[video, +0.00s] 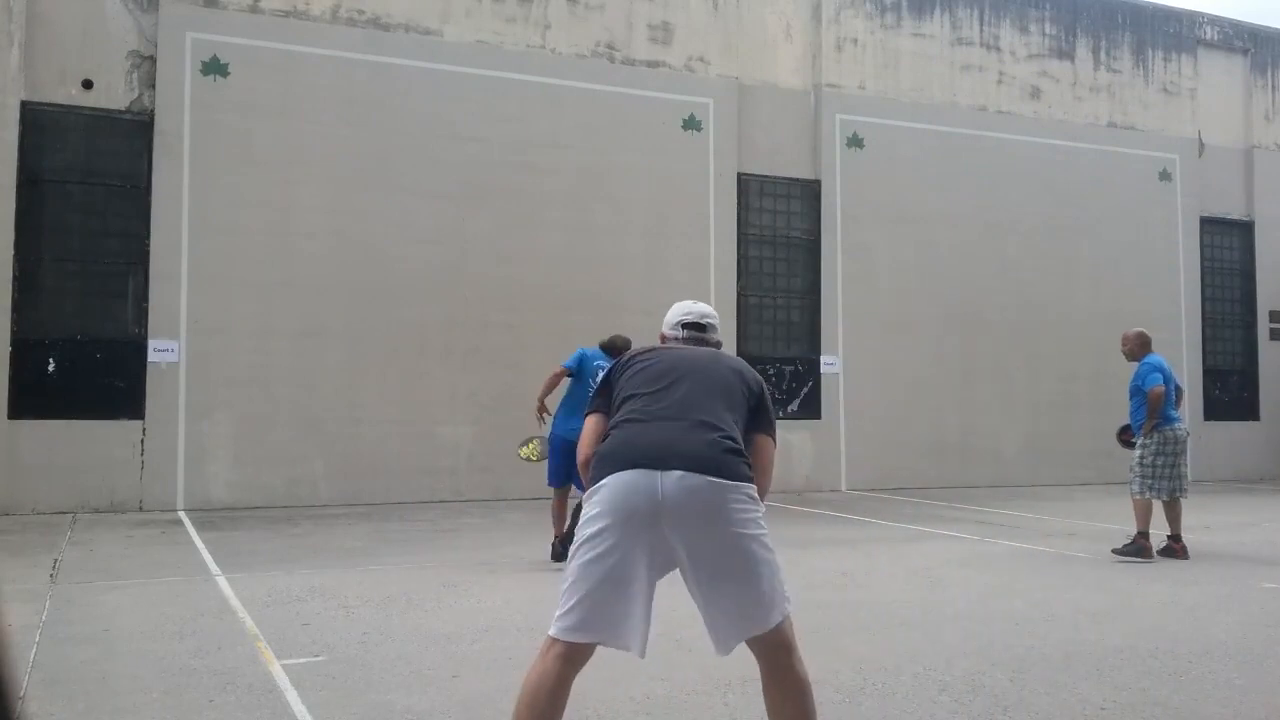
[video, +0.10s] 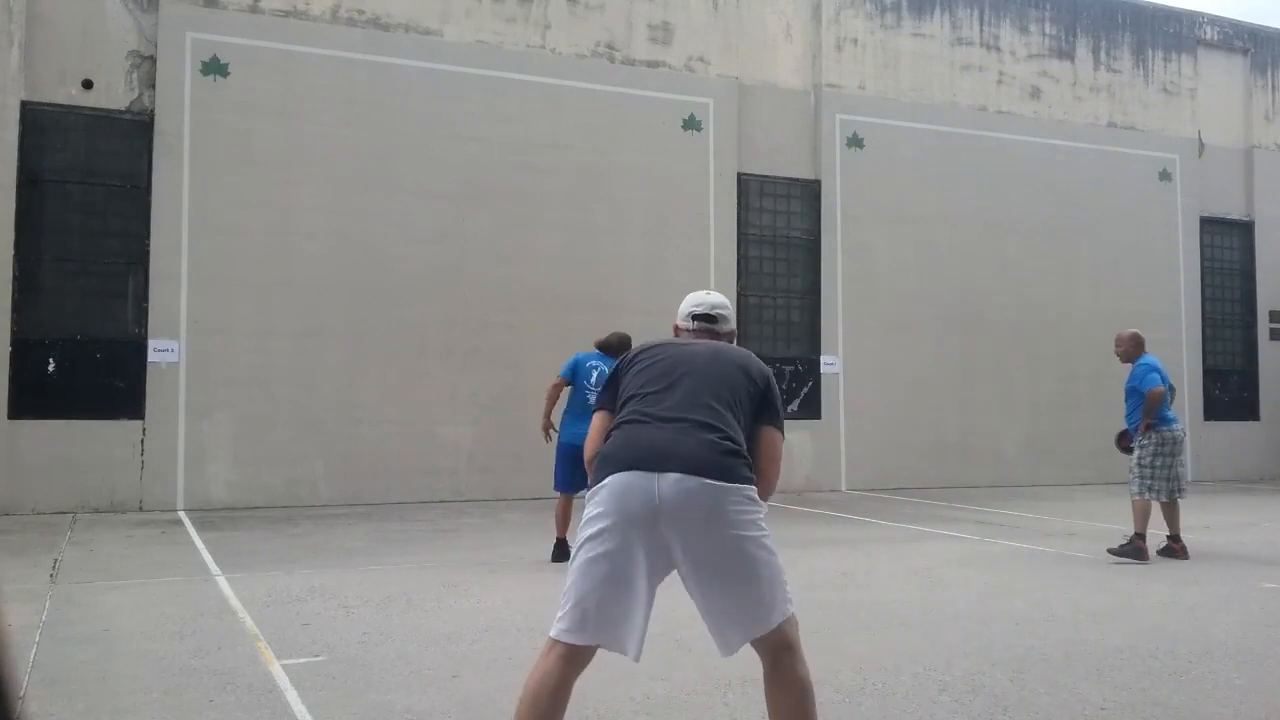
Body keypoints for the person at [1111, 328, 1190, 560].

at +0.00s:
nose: (1122, 349)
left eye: (1126, 344)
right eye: (1122, 345)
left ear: (1139, 345)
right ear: (1143, 346)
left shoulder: (1148, 365)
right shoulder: (1160, 363)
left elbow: (1156, 391)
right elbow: (1178, 392)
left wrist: (1147, 425)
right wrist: (1167, 418)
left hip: (1157, 433)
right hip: (1174, 431)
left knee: (1140, 486)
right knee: (1169, 488)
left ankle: (1141, 541)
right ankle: (1176, 542)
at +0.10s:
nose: (1116, 351)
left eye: (1119, 346)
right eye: (1116, 347)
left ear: (1134, 347)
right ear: (1136, 347)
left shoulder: (1142, 367)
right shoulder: (1152, 364)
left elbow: (1156, 391)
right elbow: (1169, 390)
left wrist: (1146, 420)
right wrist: (1157, 416)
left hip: (1154, 434)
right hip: (1170, 432)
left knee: (1139, 488)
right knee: (1167, 489)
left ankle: (1138, 543)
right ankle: (1175, 543)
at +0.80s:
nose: (1095, 356)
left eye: (1099, 352)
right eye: (1095, 351)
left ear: (1114, 355)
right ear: (1112, 356)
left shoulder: (1119, 375)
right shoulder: (1115, 377)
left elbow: (1122, 410)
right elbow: (1115, 422)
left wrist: (1099, 433)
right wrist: (1098, 448)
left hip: (1134, 443)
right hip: (1148, 442)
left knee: (1098, 493)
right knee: (1132, 494)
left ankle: (1124, 544)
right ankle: (1154, 545)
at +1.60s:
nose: (1009, 357)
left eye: (1012, 352)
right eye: (1009, 352)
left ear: (1024, 353)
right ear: (1033, 352)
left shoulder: (1030, 374)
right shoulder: (1049, 371)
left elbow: (1032, 413)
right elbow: (1050, 416)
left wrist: (1011, 433)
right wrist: (1025, 438)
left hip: (1058, 441)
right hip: (1081, 440)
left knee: (1028, 499)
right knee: (1063, 499)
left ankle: (1040, 561)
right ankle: (1087, 553)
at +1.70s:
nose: (1003, 356)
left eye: (1004, 350)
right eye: (1003, 350)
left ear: (1013, 350)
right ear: (1028, 349)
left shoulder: (1022, 370)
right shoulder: (1045, 366)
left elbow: (1027, 408)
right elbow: (1049, 409)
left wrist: (1008, 430)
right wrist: (1023, 433)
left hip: (1053, 438)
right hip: (1081, 434)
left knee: (1032, 500)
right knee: (1070, 499)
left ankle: (1040, 561)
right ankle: (1088, 557)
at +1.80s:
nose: (1000, 356)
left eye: (1001, 351)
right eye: (1000, 351)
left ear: (1010, 350)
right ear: (1023, 348)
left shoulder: (1018, 369)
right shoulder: (1042, 365)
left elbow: (1024, 409)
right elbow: (1049, 407)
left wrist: (1006, 430)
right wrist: (1023, 433)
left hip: (1051, 436)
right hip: (1079, 432)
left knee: (1033, 500)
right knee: (1076, 498)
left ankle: (1040, 561)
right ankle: (1089, 558)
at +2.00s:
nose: (1000, 363)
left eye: (1001, 358)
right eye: (999, 358)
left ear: (1009, 356)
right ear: (1021, 352)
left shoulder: (1016, 374)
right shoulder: (1044, 367)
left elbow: (1020, 415)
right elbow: (1053, 410)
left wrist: (1011, 436)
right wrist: (1030, 440)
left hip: (1048, 440)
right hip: (1072, 436)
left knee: (1030, 502)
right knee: (1072, 500)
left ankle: (1040, 560)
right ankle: (1088, 555)